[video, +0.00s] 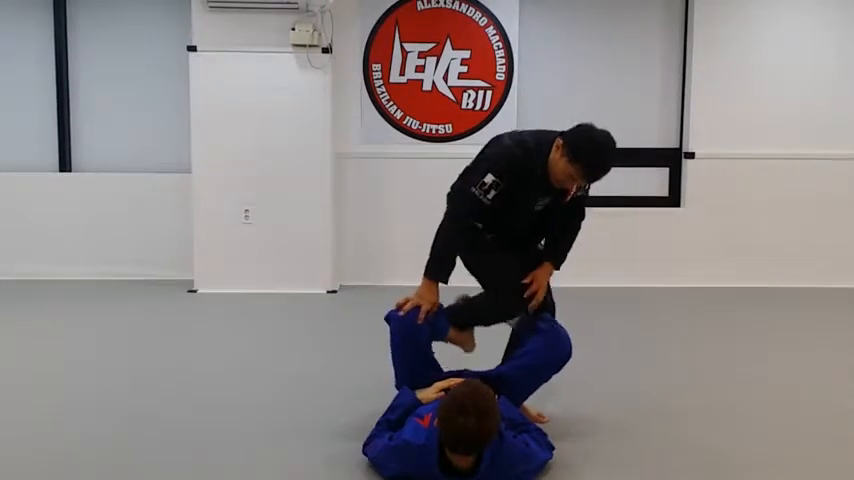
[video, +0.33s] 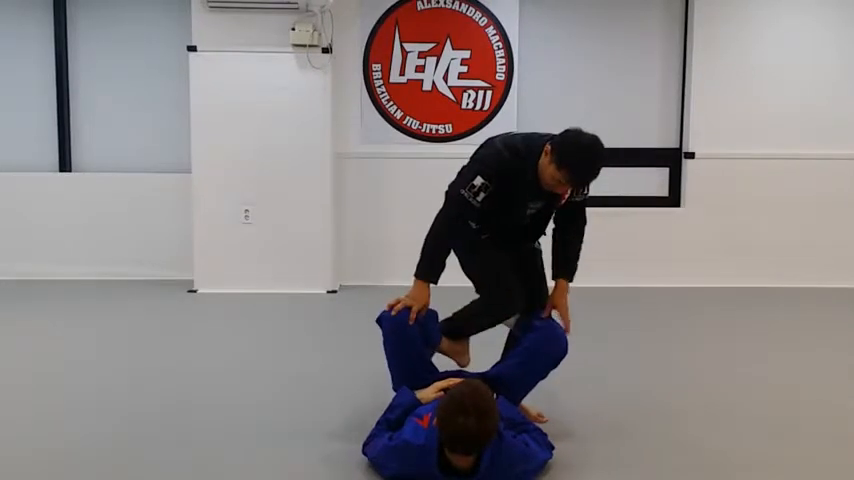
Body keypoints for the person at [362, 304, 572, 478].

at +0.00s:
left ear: (437, 424)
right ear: (496, 426)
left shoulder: (406, 453)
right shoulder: (515, 457)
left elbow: (374, 443)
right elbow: (540, 442)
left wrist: (413, 397)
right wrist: (509, 405)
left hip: (428, 392)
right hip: (498, 394)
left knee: (404, 318)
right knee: (558, 342)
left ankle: (451, 327)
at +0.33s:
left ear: (437, 420)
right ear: (495, 424)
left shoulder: (405, 454)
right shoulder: (515, 456)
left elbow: (373, 443)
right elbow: (540, 441)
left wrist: (413, 397)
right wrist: (505, 403)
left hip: (426, 395)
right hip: (495, 395)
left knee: (398, 317)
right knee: (552, 336)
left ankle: (445, 342)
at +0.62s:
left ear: (438, 422)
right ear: (495, 426)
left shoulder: (406, 453)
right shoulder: (515, 456)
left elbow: (373, 444)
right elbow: (541, 442)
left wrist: (413, 397)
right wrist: (504, 403)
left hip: (426, 395)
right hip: (495, 395)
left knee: (396, 317)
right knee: (554, 338)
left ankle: (444, 342)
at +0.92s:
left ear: (437, 423)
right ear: (496, 425)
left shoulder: (405, 453)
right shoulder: (516, 456)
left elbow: (374, 443)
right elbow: (540, 441)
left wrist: (414, 397)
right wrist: (504, 403)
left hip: (426, 393)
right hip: (496, 394)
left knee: (404, 316)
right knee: (555, 339)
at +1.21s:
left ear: (438, 423)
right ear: (497, 423)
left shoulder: (407, 453)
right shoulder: (515, 456)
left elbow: (374, 443)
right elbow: (540, 442)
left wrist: (414, 397)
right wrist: (507, 405)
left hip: (428, 392)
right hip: (498, 395)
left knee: (414, 316)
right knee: (559, 346)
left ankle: (448, 308)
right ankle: (531, 317)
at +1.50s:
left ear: (439, 418)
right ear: (498, 423)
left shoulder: (409, 452)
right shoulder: (516, 456)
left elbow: (375, 443)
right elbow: (540, 440)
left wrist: (414, 397)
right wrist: (512, 407)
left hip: (428, 395)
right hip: (496, 395)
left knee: (421, 312)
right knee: (555, 344)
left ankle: (430, 287)